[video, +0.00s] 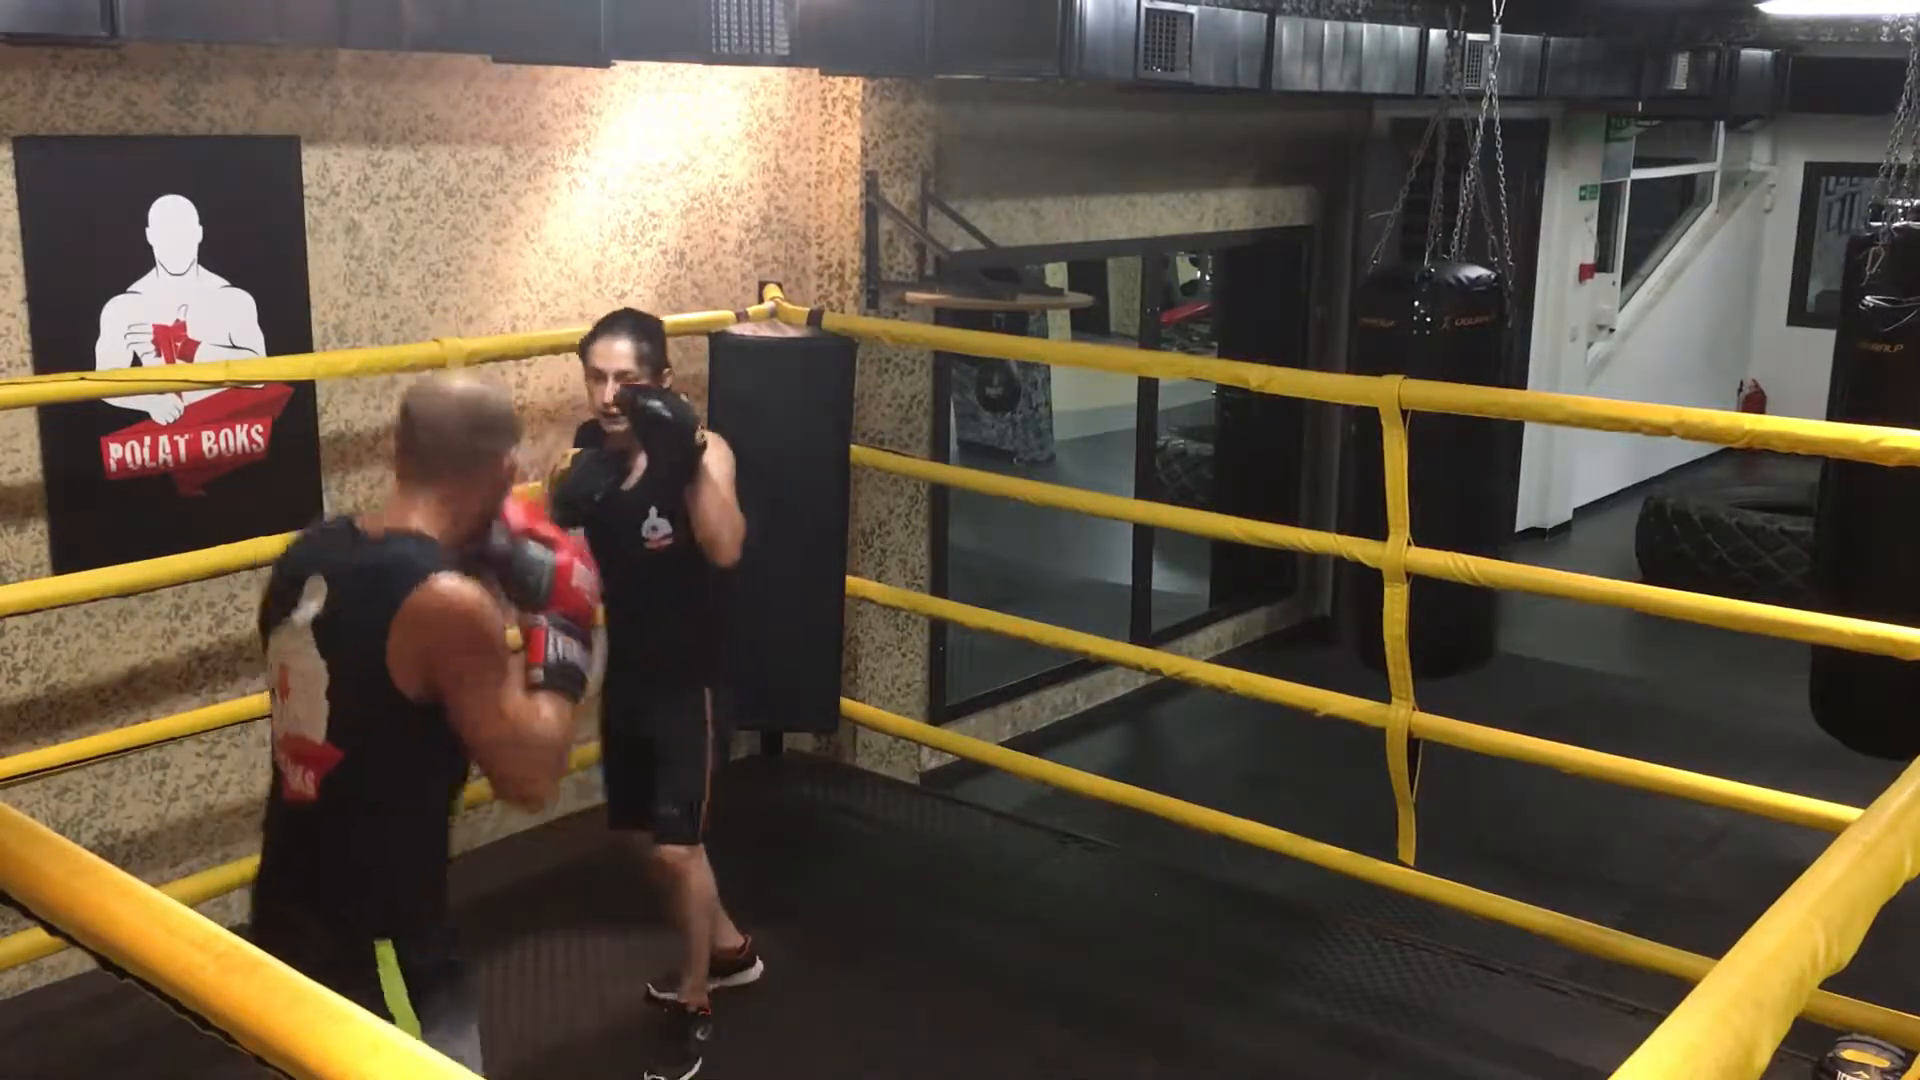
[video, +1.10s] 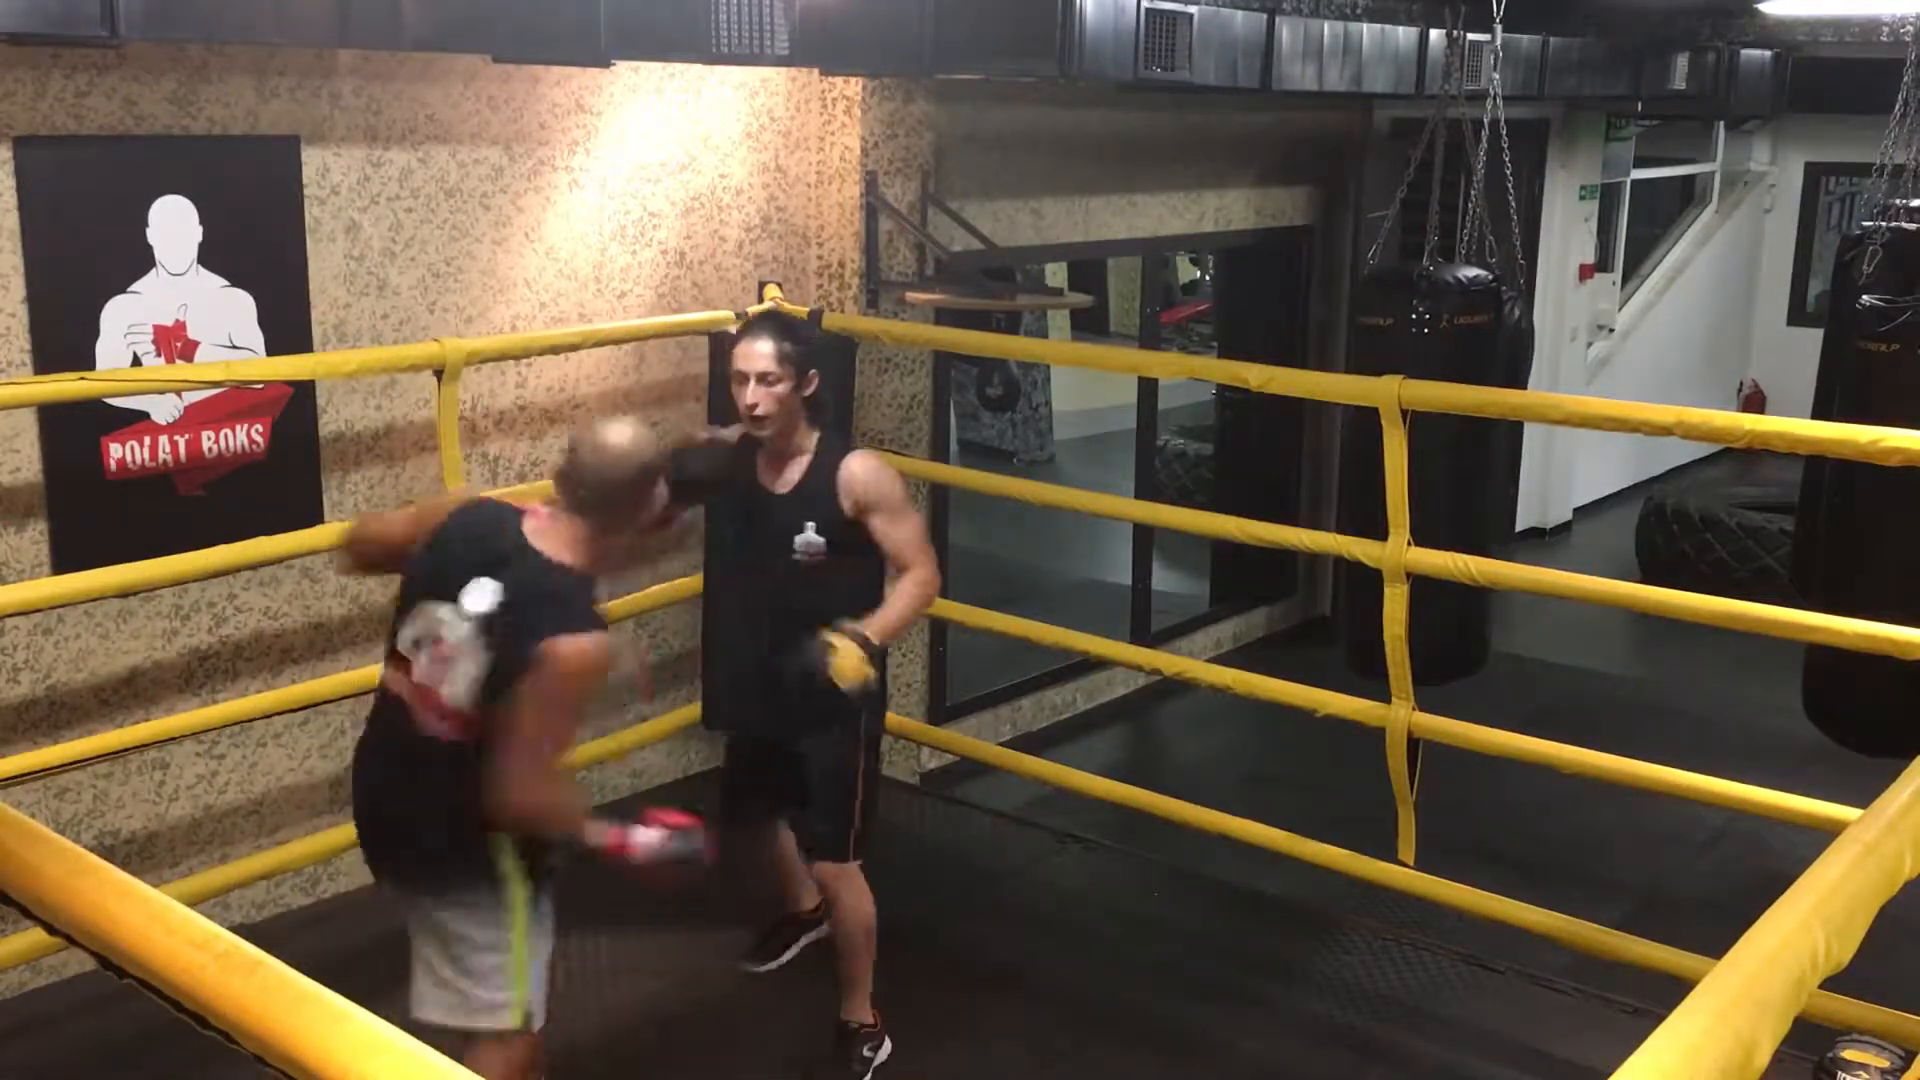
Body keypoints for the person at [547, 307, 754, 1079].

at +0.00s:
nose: (608, 394)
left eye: (623, 379)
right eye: (596, 380)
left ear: (659, 378)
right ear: (585, 383)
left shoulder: (704, 448)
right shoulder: (591, 457)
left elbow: (725, 548)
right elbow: (548, 536)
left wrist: (686, 452)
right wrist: (575, 480)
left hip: (690, 666)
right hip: (627, 663)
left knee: (676, 843)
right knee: (641, 830)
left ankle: (693, 998)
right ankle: (727, 944)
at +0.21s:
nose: (630, 401)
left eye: (645, 386)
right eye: (619, 386)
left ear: (678, 385)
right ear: (606, 388)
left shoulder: (727, 452)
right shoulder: (617, 469)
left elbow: (758, 553)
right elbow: (567, 577)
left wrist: (719, 463)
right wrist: (589, 521)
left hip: (729, 673)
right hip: (664, 672)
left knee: (733, 842)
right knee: (646, 826)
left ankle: (795, 1013)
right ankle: (727, 949)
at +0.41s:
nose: (661, 407)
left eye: (677, 390)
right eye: (650, 391)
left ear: (713, 391)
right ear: (639, 395)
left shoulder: (762, 461)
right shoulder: (640, 475)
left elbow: (787, 560)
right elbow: (611, 578)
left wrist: (745, 470)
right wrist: (597, 537)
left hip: (758, 691)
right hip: (676, 690)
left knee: (790, 866)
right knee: (666, 830)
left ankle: (824, 1047)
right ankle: (729, 950)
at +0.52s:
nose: (674, 408)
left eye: (689, 393)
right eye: (663, 393)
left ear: (726, 394)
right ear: (653, 397)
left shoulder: (778, 467)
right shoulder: (653, 486)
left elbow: (805, 566)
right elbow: (625, 594)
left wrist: (763, 467)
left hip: (777, 695)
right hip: (695, 692)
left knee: (792, 877)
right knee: (676, 840)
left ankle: (821, 1048)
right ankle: (729, 952)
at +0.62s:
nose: (684, 409)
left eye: (701, 393)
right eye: (674, 395)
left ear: (735, 400)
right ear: (664, 405)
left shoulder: (783, 478)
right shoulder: (672, 485)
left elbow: (786, 570)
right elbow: (606, 545)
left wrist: (765, 471)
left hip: (788, 698)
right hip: (718, 689)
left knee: (790, 881)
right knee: (688, 833)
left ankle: (820, 1048)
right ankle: (742, 949)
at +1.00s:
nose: (730, 398)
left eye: (746, 382)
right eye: (721, 382)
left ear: (787, 386)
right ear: (712, 386)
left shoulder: (829, 470)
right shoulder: (721, 461)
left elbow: (870, 589)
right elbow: (650, 500)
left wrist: (798, 549)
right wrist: (670, 504)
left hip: (824, 697)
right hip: (743, 684)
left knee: (819, 871)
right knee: (724, 819)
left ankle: (861, 1020)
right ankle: (776, 940)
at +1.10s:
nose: (748, 398)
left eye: (764, 382)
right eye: (740, 382)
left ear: (805, 387)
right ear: (732, 388)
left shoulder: (858, 474)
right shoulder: (730, 466)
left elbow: (920, 574)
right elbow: (642, 526)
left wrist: (865, 640)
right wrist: (674, 477)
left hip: (831, 694)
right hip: (750, 689)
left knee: (831, 861)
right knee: (754, 819)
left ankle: (860, 1018)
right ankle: (804, 908)